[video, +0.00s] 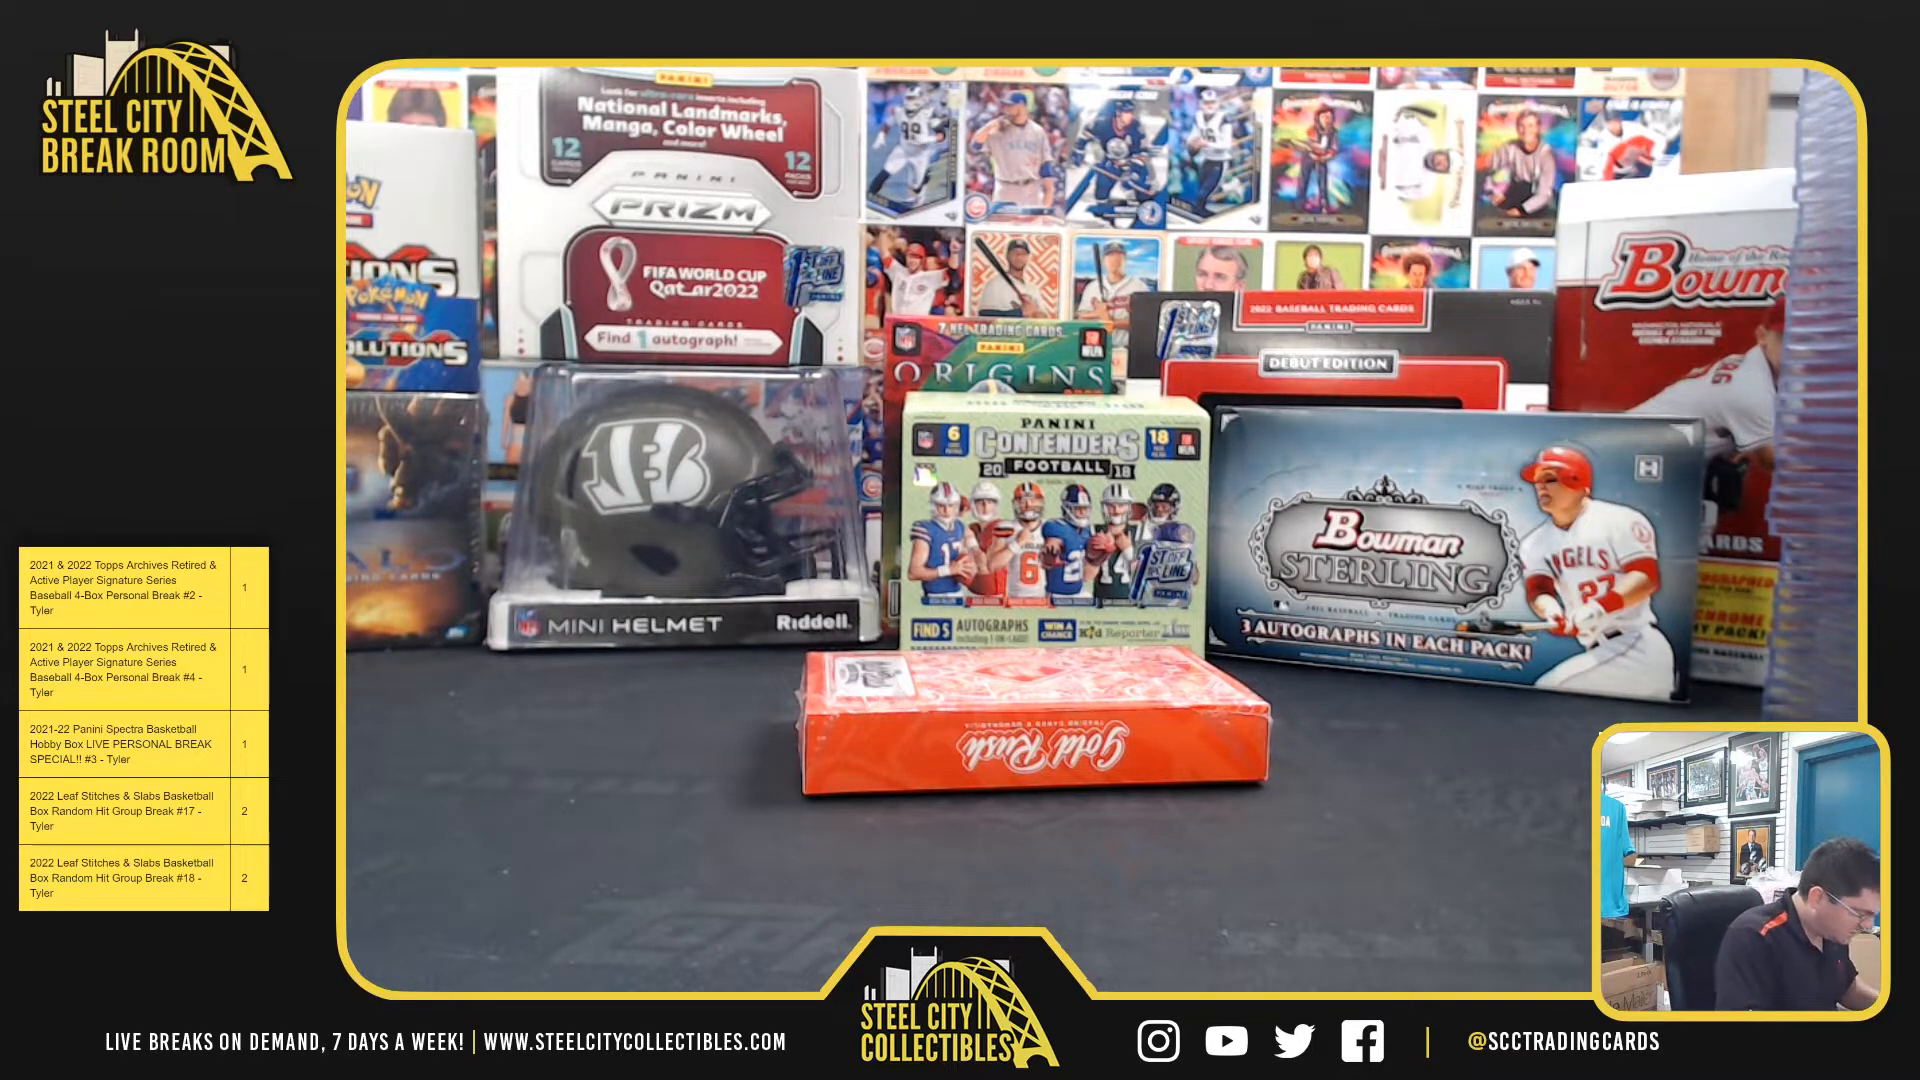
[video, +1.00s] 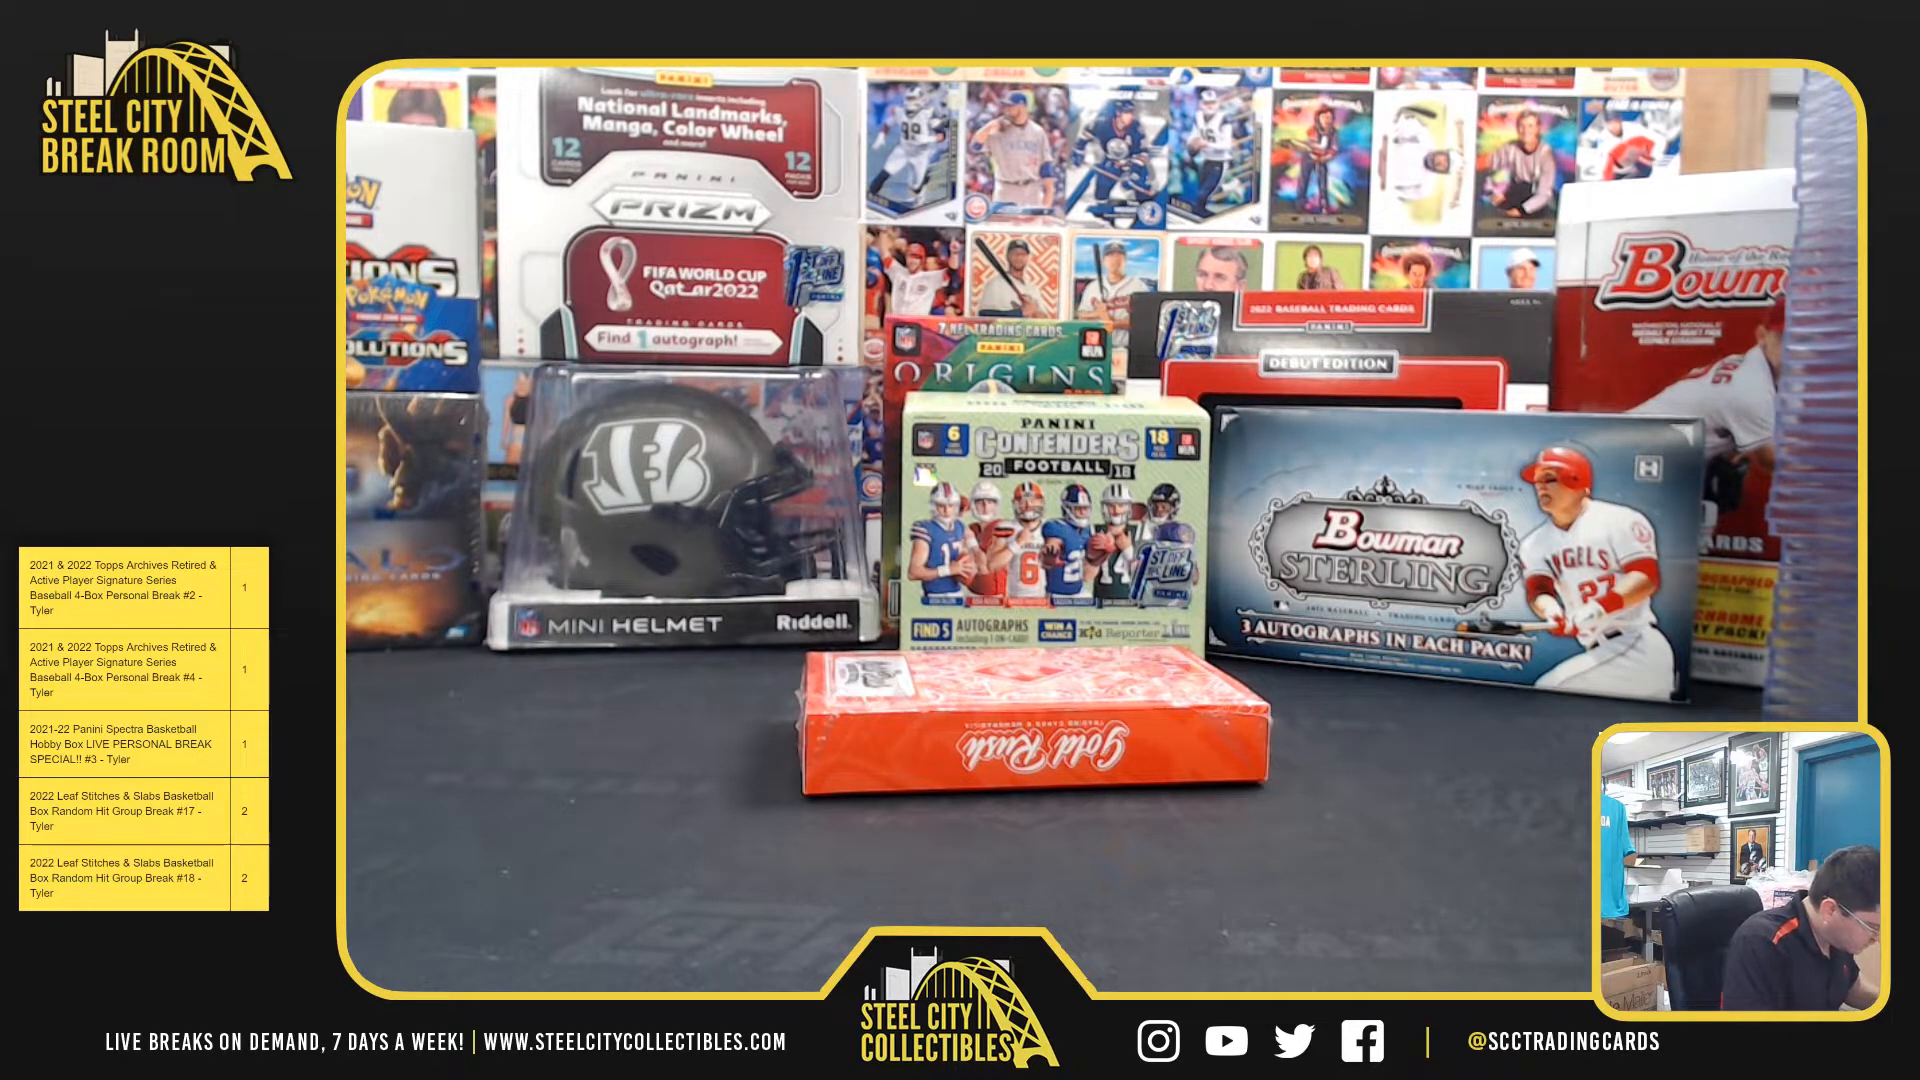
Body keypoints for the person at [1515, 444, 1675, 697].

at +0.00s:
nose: (1540, 489)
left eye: (1550, 480)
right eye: (1537, 483)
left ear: (1579, 485)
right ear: (1533, 487)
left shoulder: (1624, 521)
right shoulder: (1534, 545)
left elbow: (1646, 577)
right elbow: (1538, 591)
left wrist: (1600, 607)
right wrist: (1554, 614)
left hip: (1638, 647)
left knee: (1545, 693)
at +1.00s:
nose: (1540, 489)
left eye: (1549, 480)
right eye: (1537, 483)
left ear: (1578, 484)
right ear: (1533, 487)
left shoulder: (1624, 521)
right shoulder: (1534, 545)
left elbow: (1646, 578)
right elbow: (1538, 591)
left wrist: (1599, 608)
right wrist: (1553, 613)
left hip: (1638, 647)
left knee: (1547, 691)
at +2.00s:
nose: (1540, 490)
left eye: (1550, 481)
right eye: (1537, 483)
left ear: (1578, 484)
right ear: (1533, 488)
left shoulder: (1624, 521)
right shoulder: (1534, 545)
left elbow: (1646, 577)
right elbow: (1538, 591)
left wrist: (1599, 608)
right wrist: (1554, 614)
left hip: (1638, 648)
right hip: (1599, 651)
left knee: (1546, 692)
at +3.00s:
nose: (1540, 490)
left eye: (1549, 480)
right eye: (1537, 483)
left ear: (1578, 484)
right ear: (1533, 488)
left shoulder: (1624, 521)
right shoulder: (1534, 545)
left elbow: (1646, 577)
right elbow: (1538, 591)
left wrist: (1599, 608)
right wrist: (1553, 613)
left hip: (1638, 649)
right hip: (1599, 652)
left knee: (1546, 692)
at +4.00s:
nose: (1540, 490)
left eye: (1549, 481)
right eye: (1537, 483)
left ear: (1578, 484)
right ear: (1533, 487)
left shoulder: (1624, 521)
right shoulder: (1534, 545)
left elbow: (1646, 577)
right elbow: (1538, 591)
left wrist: (1599, 608)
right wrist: (1553, 613)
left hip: (1638, 648)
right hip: (1599, 652)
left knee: (1546, 692)